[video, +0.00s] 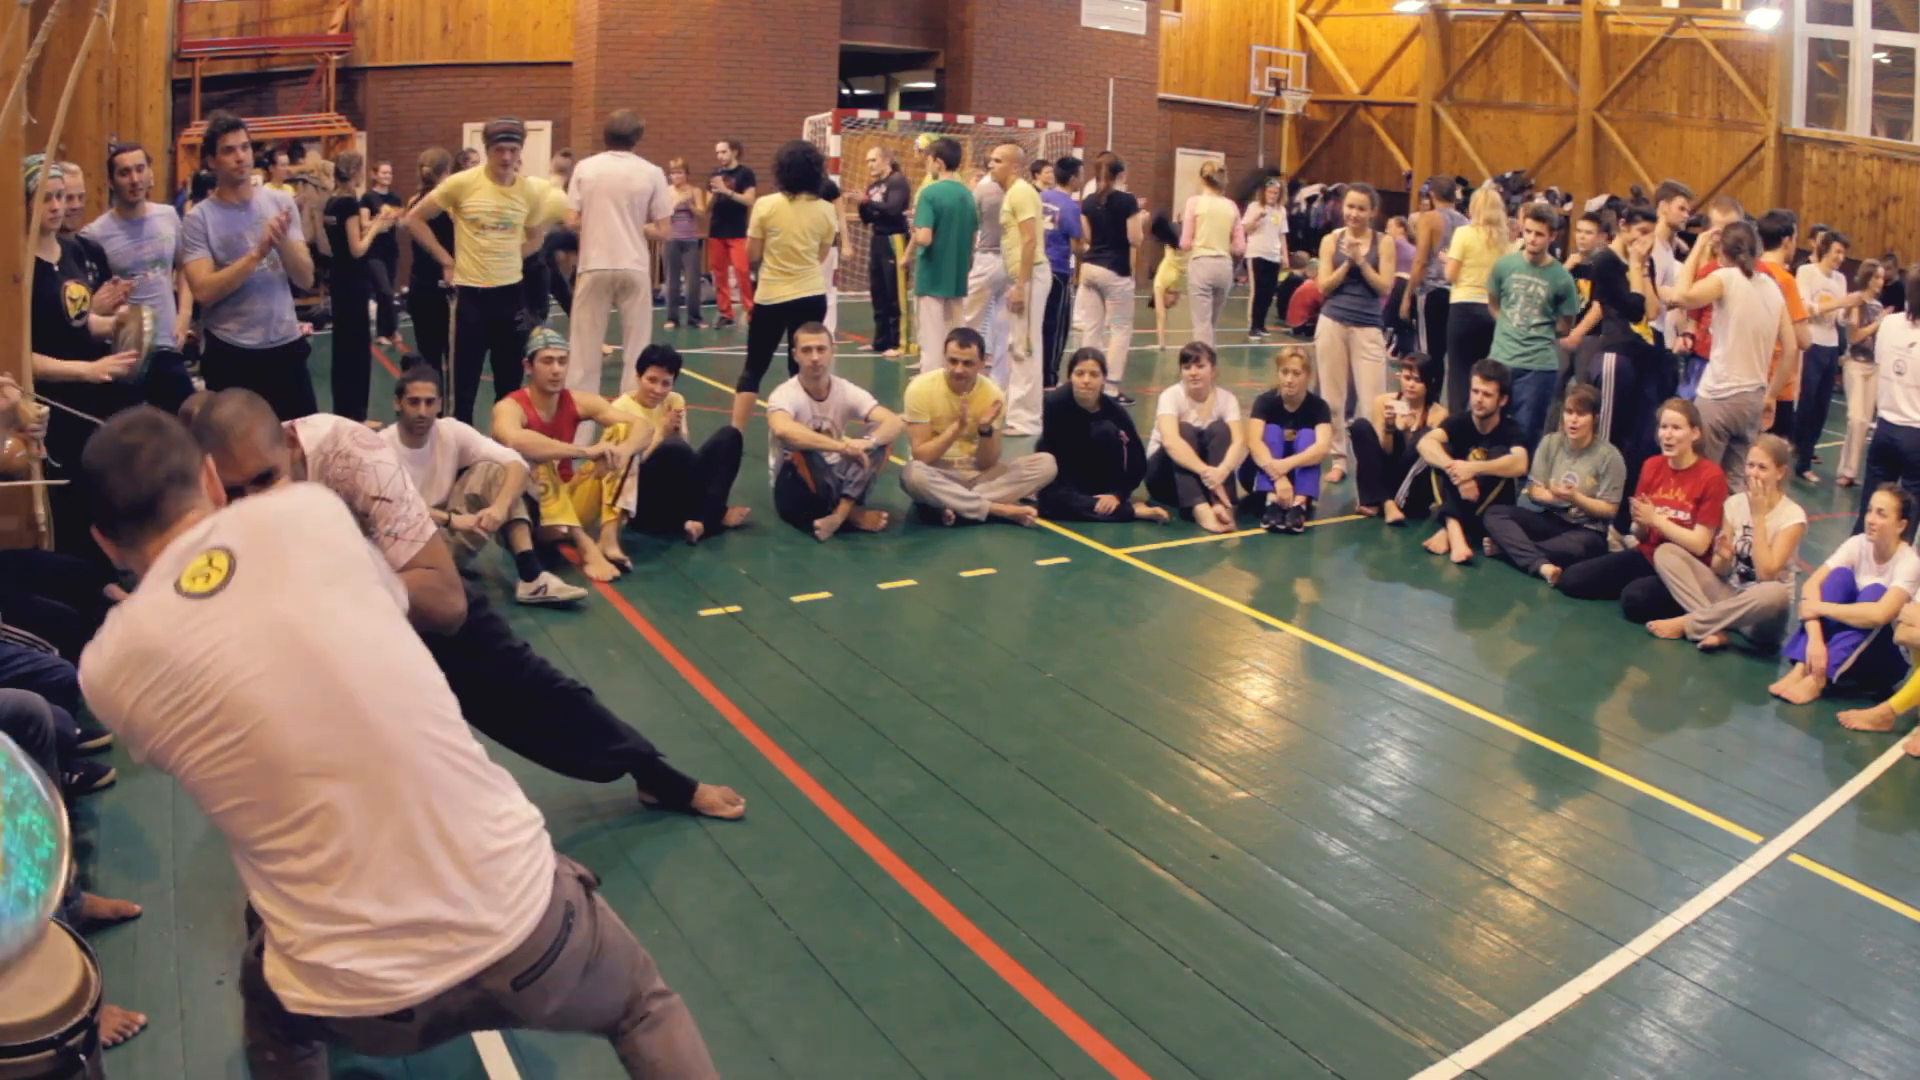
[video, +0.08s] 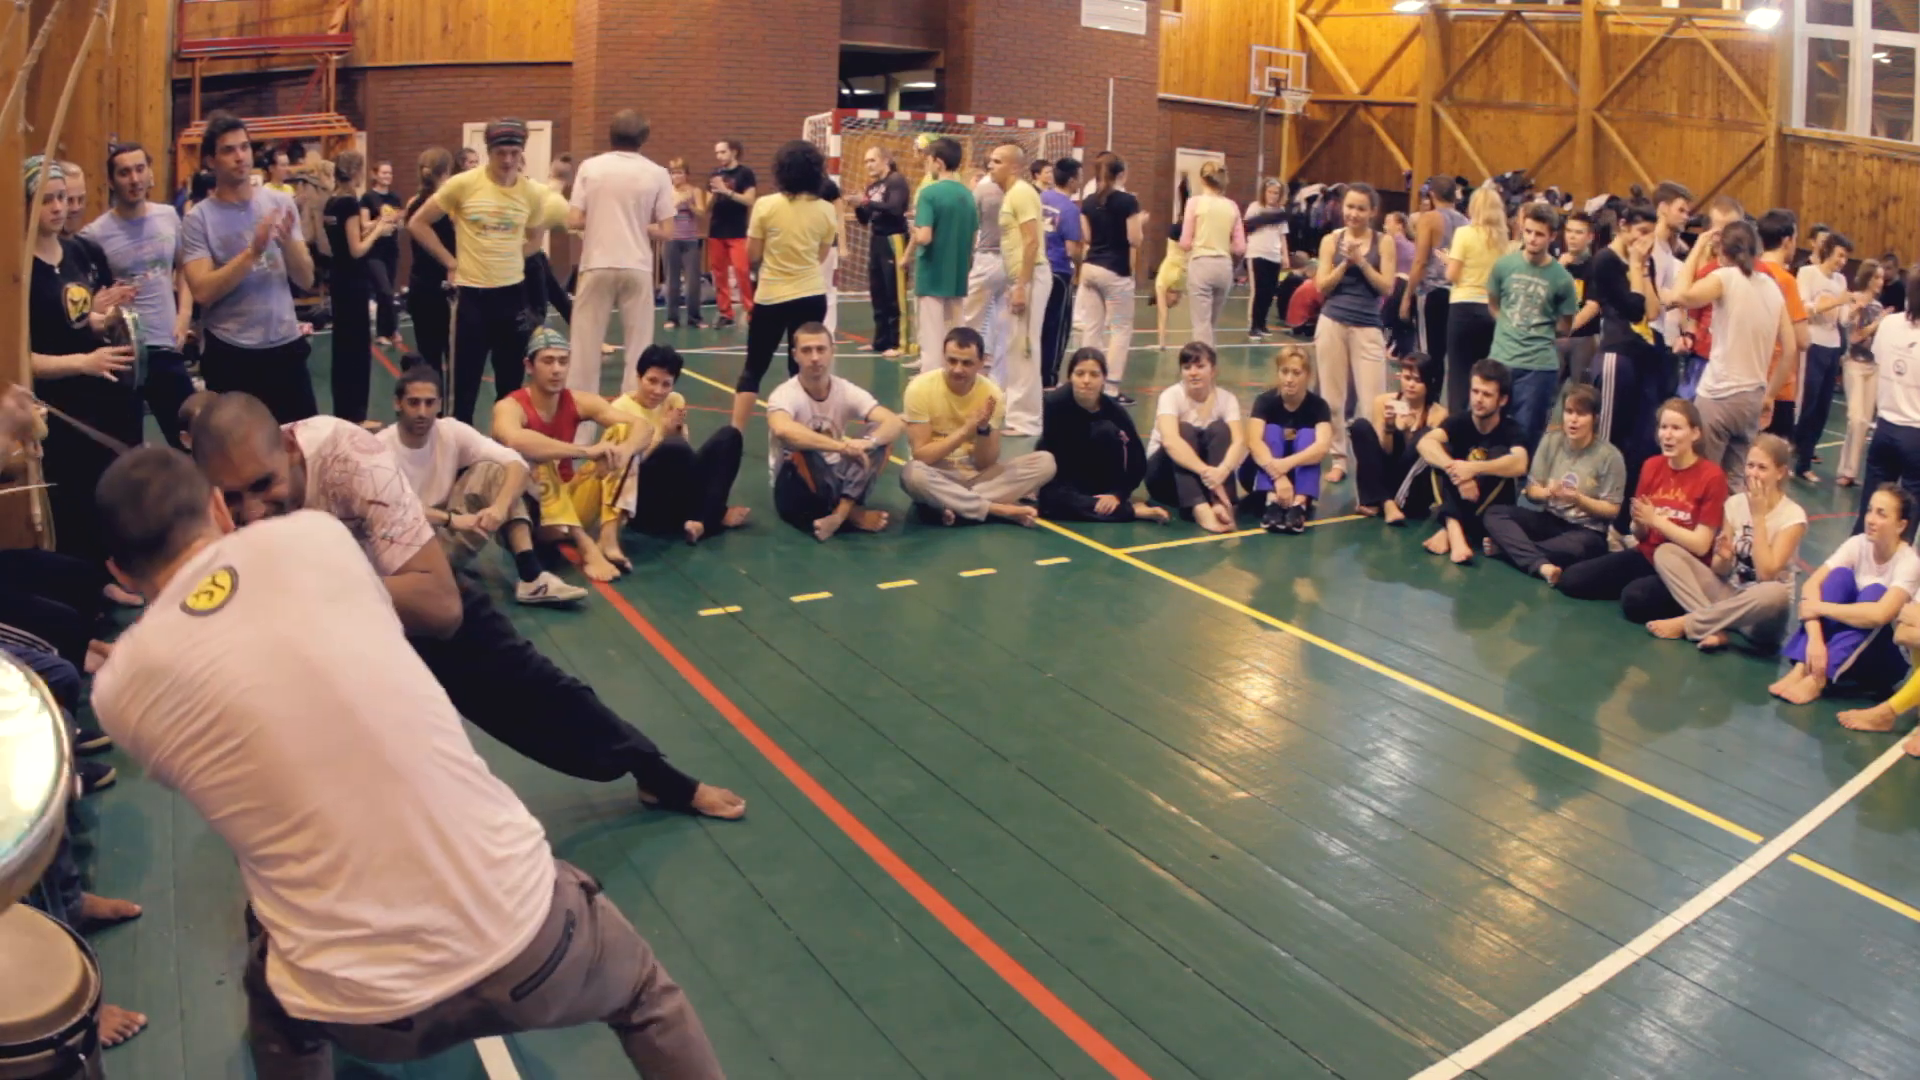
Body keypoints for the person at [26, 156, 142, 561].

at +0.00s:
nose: (57, 206)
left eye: (61, 196)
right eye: (46, 197)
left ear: (68, 199)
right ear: (23, 203)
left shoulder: (76, 252)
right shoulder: (15, 265)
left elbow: (83, 323)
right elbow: (14, 357)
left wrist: (118, 322)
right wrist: (86, 369)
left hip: (97, 401)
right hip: (53, 413)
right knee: (72, 522)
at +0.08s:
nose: (58, 208)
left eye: (63, 198)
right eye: (47, 199)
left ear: (70, 201)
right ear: (24, 205)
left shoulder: (80, 253)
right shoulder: (15, 267)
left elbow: (89, 327)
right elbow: (15, 360)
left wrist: (105, 317)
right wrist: (80, 362)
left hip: (105, 399)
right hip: (56, 410)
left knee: (113, 500)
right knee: (74, 512)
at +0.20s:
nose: (58, 212)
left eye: (64, 203)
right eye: (48, 203)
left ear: (70, 206)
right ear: (26, 207)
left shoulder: (77, 254)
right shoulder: (16, 269)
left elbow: (85, 322)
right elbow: (22, 361)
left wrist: (116, 319)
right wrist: (87, 359)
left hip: (95, 391)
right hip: (54, 402)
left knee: (99, 495)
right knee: (73, 499)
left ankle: (102, 576)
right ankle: (80, 591)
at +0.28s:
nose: (58, 210)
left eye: (64, 201)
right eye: (48, 202)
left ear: (71, 205)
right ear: (27, 205)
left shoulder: (77, 253)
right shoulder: (18, 267)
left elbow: (80, 322)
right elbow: (23, 357)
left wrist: (110, 324)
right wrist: (89, 350)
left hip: (95, 390)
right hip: (55, 401)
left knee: (98, 494)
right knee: (72, 501)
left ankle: (101, 576)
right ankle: (79, 596)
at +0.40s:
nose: (64, 204)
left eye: (70, 195)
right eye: (54, 194)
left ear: (76, 199)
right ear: (30, 199)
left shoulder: (83, 252)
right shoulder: (16, 262)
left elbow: (85, 318)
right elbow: (14, 356)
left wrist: (115, 328)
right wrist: (82, 349)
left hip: (96, 389)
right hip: (51, 397)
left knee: (97, 494)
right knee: (68, 498)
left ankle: (101, 576)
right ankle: (73, 592)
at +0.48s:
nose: (67, 203)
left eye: (74, 194)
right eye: (57, 194)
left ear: (81, 199)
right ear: (33, 198)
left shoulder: (84, 252)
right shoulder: (21, 260)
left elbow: (81, 320)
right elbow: (16, 352)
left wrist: (111, 330)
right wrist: (83, 370)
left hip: (92, 392)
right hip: (51, 398)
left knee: (97, 494)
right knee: (70, 498)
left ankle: (100, 577)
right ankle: (75, 593)